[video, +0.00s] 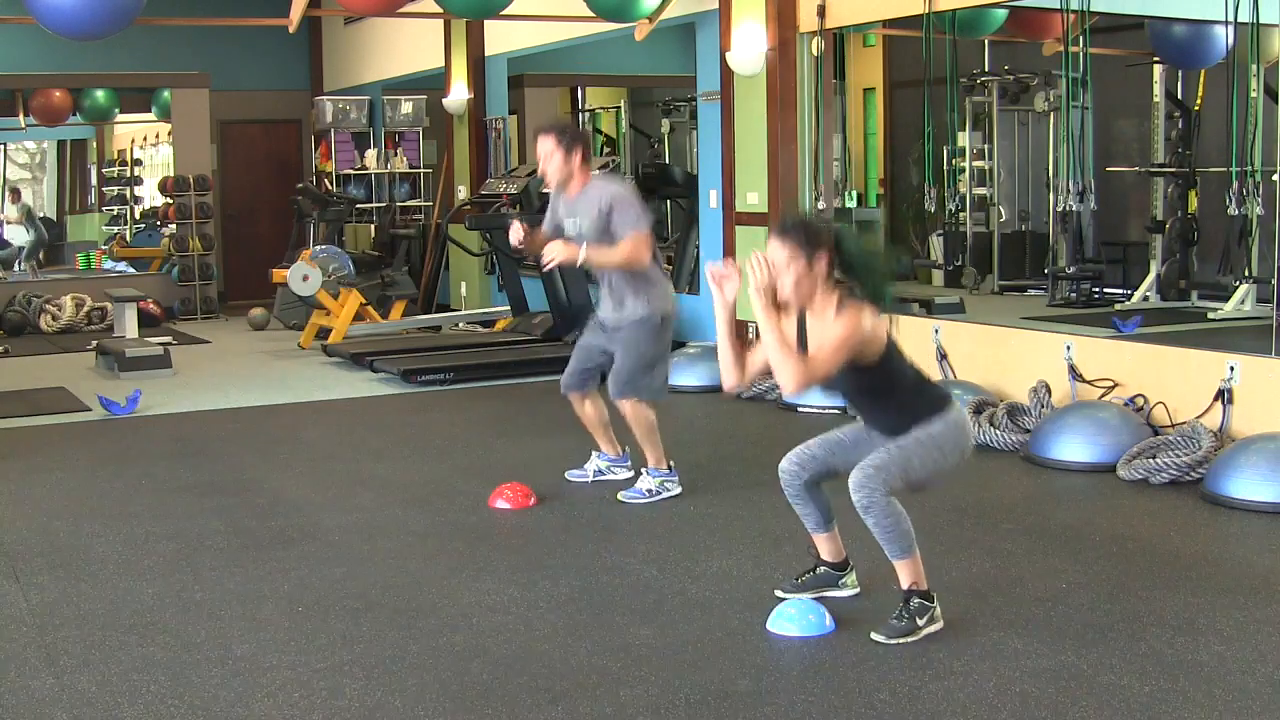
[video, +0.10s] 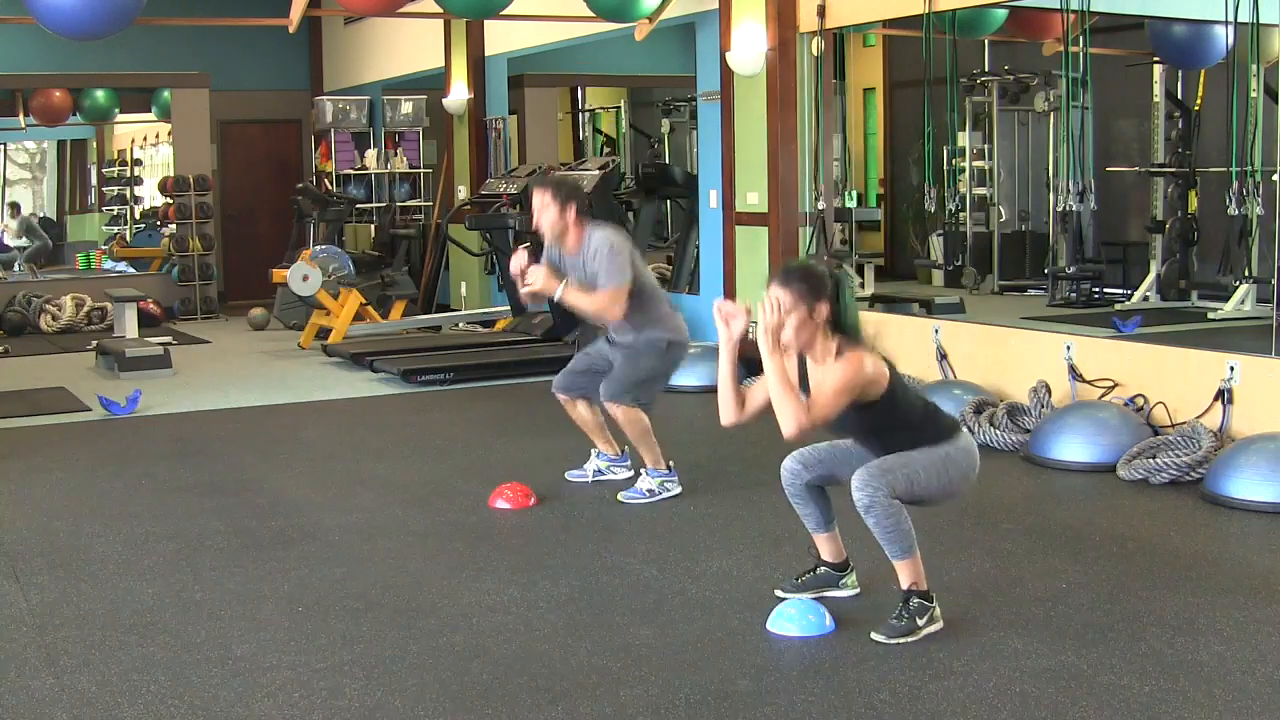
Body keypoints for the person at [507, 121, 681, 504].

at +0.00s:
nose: (540, 167)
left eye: (547, 157)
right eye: (539, 158)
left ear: (576, 156)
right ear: (564, 160)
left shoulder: (616, 192)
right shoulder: (559, 198)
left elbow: (640, 254)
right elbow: (547, 241)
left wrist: (580, 253)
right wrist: (527, 238)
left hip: (646, 309)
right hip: (609, 310)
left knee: (625, 390)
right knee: (577, 385)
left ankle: (661, 472)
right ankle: (614, 459)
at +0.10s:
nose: (535, 221)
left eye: (543, 210)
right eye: (534, 211)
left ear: (570, 212)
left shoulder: (608, 243)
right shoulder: (555, 247)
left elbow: (613, 309)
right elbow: (536, 302)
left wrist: (555, 286)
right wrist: (524, 279)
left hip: (658, 337)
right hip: (615, 337)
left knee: (616, 396)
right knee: (568, 388)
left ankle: (661, 473)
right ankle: (612, 458)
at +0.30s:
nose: (532, 271)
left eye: (539, 262)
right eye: (531, 262)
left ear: (567, 264)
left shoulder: (602, 291)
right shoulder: (552, 297)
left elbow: (576, 351)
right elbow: (520, 345)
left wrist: (537, 308)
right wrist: (519, 313)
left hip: (670, 362)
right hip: (618, 364)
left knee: (618, 395)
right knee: (567, 387)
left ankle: (661, 474)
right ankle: (612, 458)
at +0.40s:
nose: (530, 249)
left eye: (538, 240)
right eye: (530, 241)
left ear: (567, 246)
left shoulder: (601, 273)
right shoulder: (551, 278)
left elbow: (583, 335)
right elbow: (528, 328)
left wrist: (531, 312)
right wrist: (518, 314)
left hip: (662, 352)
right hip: (617, 355)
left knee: (617, 395)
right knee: (566, 388)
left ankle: (661, 474)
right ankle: (611, 457)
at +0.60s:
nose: (530, 159)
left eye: (536, 149)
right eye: (530, 149)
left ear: (560, 151)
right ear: (555, 153)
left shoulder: (597, 188)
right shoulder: (557, 192)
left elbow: (642, 230)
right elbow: (578, 228)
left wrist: (608, 275)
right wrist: (563, 253)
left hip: (635, 303)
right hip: (599, 302)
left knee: (614, 385)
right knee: (567, 380)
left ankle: (656, 468)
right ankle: (607, 451)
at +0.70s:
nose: (530, 120)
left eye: (534, 111)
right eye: (529, 111)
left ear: (560, 113)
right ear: (557, 114)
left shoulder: (601, 150)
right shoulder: (563, 156)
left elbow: (657, 186)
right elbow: (598, 205)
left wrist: (633, 235)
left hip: (619, 279)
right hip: (587, 278)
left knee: (600, 362)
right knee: (571, 364)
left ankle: (632, 451)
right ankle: (602, 443)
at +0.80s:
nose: (532, 108)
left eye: (537, 100)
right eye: (531, 100)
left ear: (562, 102)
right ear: (559, 103)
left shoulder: (606, 138)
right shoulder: (560, 144)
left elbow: (659, 179)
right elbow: (580, 190)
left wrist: (636, 225)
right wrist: (570, 221)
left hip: (615, 265)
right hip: (584, 262)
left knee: (582, 351)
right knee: (578, 353)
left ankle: (582, 444)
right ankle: (606, 440)